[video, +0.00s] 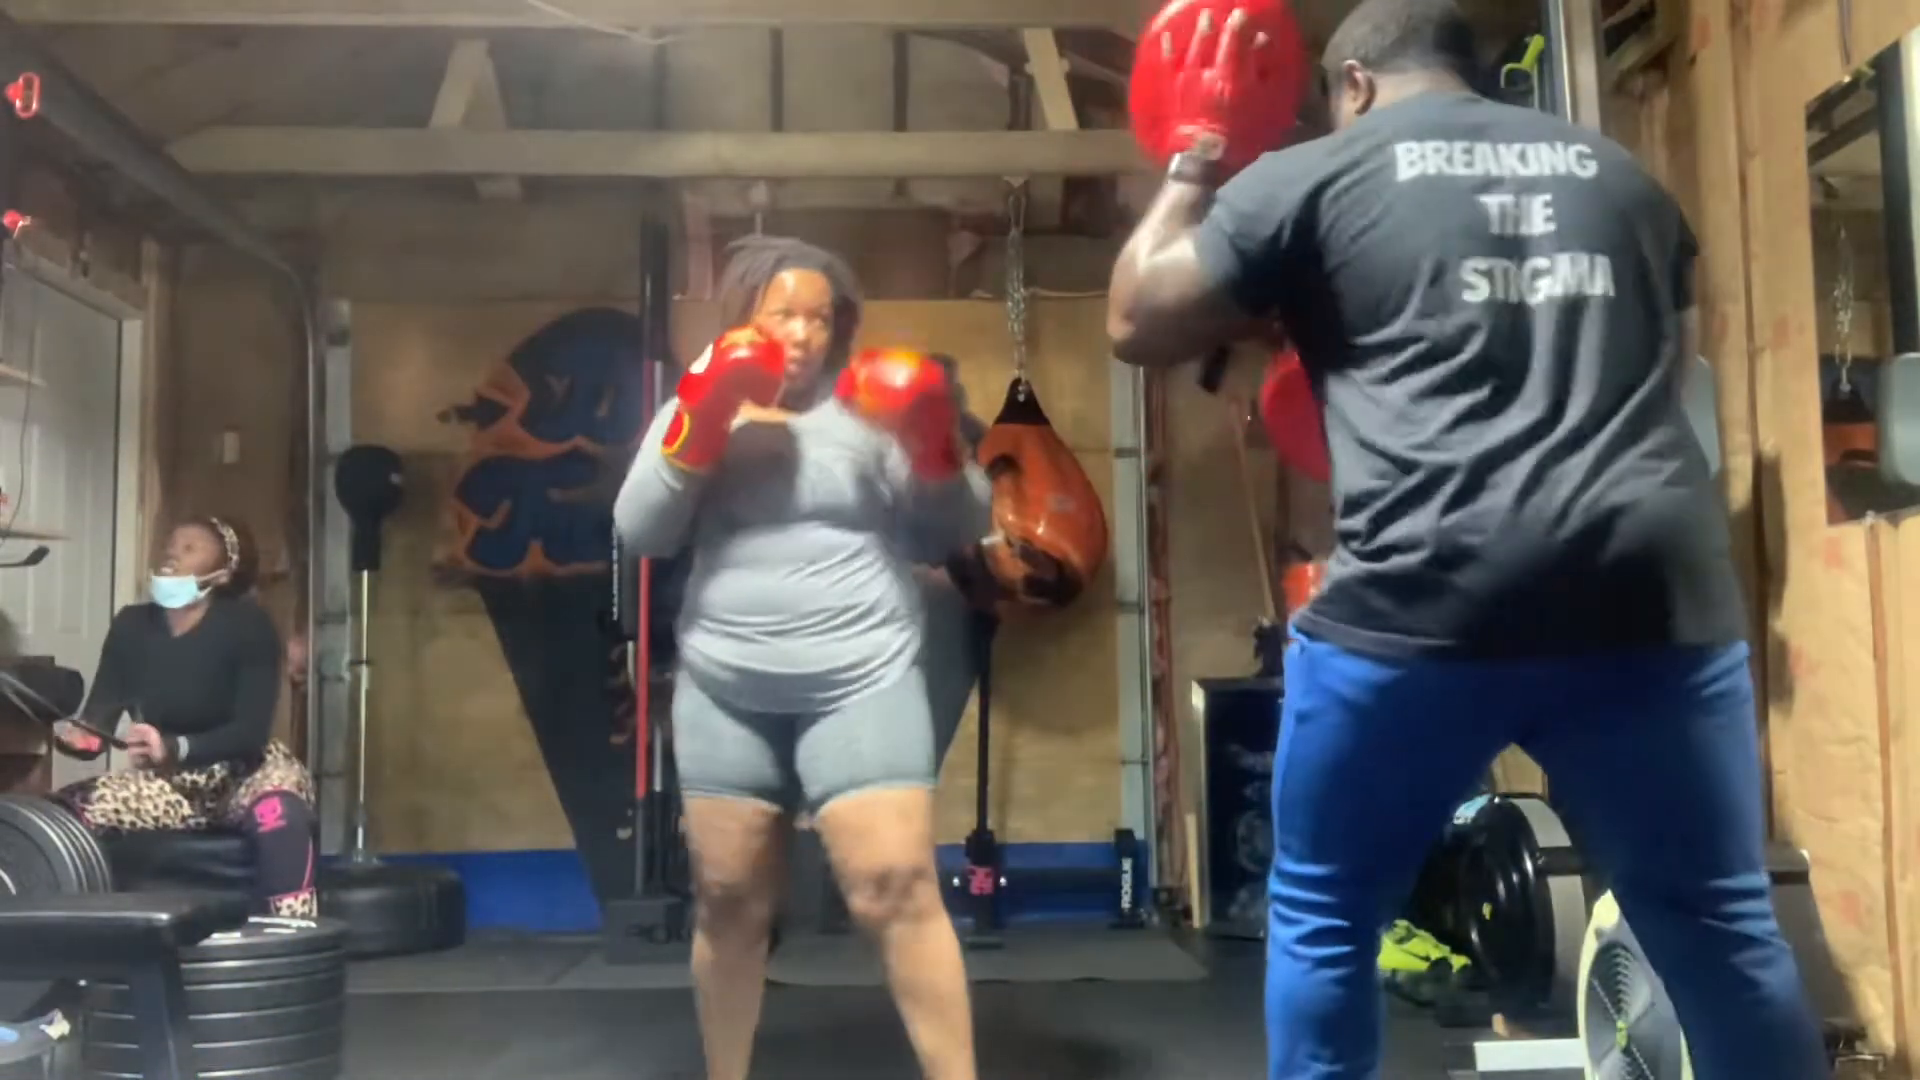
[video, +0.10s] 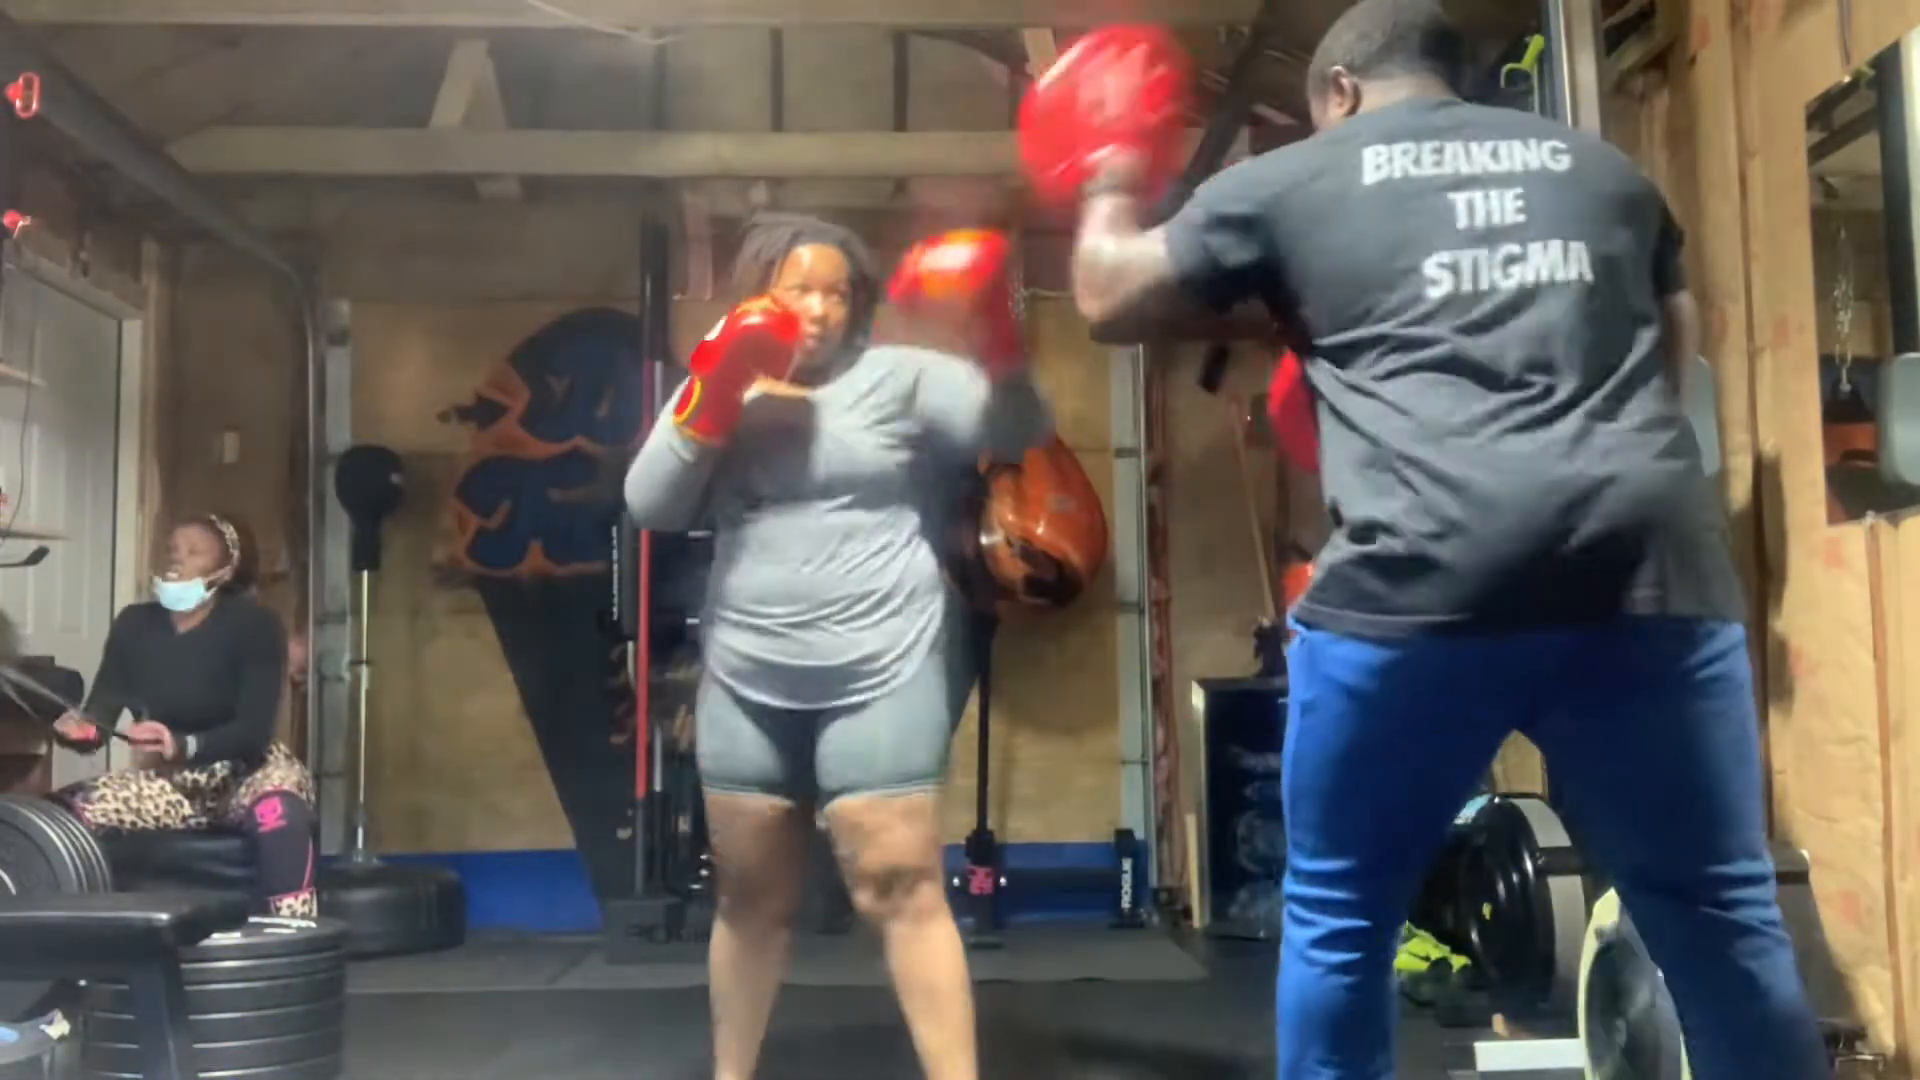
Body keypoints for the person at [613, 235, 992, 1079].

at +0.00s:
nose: (804, 335)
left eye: (821, 319)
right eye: (785, 316)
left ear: (841, 330)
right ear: (744, 324)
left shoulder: (875, 411)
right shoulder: (699, 411)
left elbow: (954, 534)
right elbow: (640, 534)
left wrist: (929, 432)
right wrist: (702, 422)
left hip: (863, 680)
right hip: (722, 685)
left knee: (896, 886)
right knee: (725, 897)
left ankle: (955, 1075)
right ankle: (725, 1075)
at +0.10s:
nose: (814, 309)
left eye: (832, 293)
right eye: (795, 290)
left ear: (858, 307)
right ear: (752, 299)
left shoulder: (901, 379)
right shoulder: (721, 394)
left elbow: (1013, 435)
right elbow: (649, 506)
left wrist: (998, 330)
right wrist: (717, 389)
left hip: (883, 674)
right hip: (745, 675)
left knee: (902, 889)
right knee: (746, 900)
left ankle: (955, 1074)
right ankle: (730, 1072)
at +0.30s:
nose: (864, 326)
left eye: (883, 311)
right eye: (847, 306)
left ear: (905, 322)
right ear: (805, 307)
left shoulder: (936, 392)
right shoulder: (745, 390)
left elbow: (1050, 474)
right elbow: (698, 528)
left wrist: (1045, 411)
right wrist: (782, 432)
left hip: (922, 679)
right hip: (777, 680)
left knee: (947, 898)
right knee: (764, 912)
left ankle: (967, 1072)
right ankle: (735, 1072)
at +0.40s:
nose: (899, 354)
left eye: (914, 334)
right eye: (877, 334)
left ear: (934, 343)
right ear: (831, 340)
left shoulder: (973, 434)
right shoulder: (780, 429)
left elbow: (1029, 573)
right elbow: (722, 586)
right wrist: (801, 524)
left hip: (935, 713)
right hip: (784, 709)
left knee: (969, 920)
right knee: (742, 939)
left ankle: (974, 1074)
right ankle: (704, 1062)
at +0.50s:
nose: (920, 395)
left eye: (934, 374)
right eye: (897, 375)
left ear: (952, 380)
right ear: (850, 382)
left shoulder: (994, 467)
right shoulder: (798, 471)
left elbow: (1034, 596)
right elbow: (747, 634)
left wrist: (1057, 574)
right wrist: (831, 583)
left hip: (939, 742)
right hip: (779, 734)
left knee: (998, 933)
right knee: (730, 928)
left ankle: (979, 1076)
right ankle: (628, 1070)